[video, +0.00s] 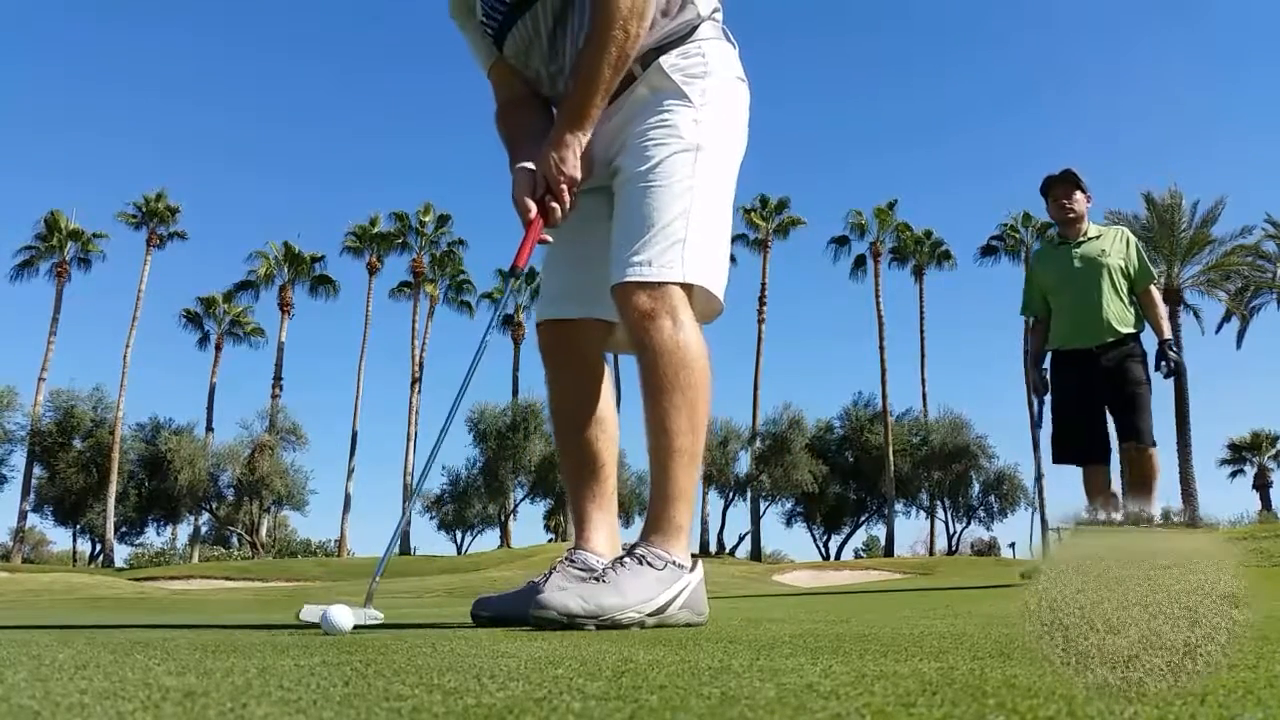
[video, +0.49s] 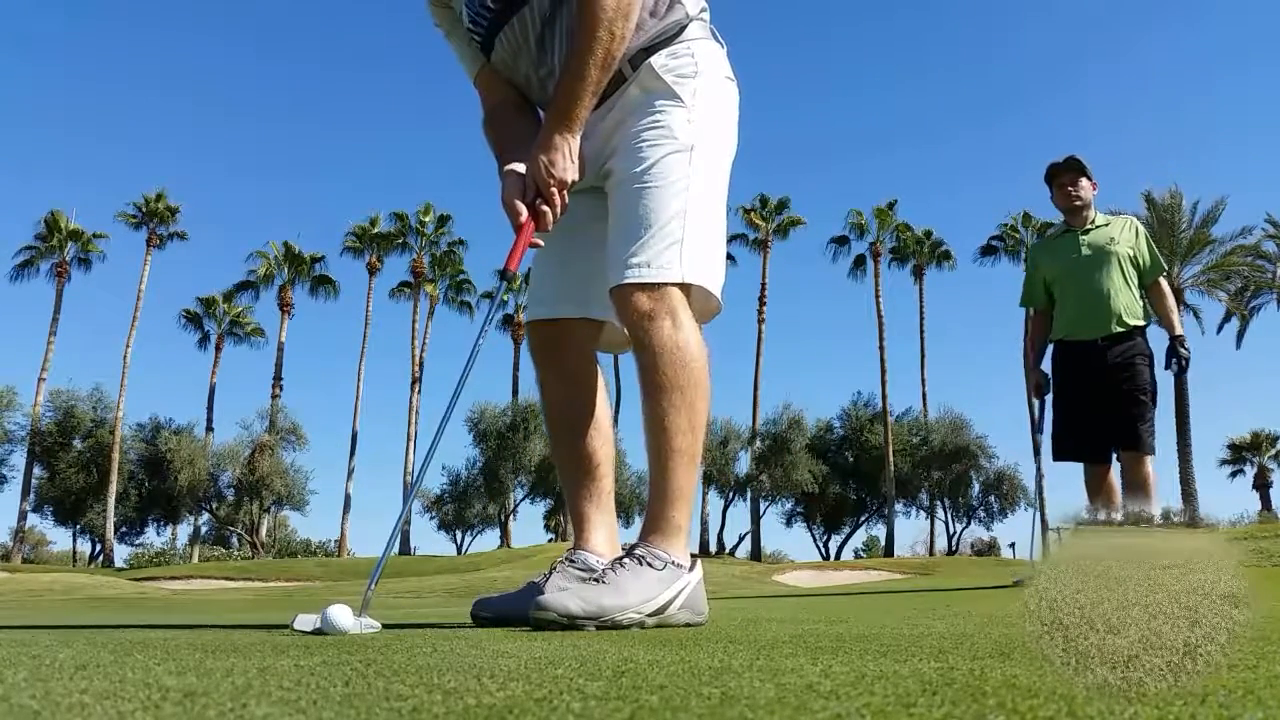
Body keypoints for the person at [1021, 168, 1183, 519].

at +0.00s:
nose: (1064, 203)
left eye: (1070, 196)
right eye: (1056, 200)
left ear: (1086, 199)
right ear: (1048, 209)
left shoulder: (1120, 239)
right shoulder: (1041, 258)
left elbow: (1149, 293)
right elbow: (1038, 320)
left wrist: (1167, 341)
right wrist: (1033, 367)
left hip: (1123, 354)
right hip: (1071, 362)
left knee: (1138, 442)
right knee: (1090, 451)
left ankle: (1143, 522)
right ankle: (1103, 528)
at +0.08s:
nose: (1064, 201)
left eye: (1069, 193)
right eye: (1055, 197)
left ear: (1084, 197)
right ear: (1046, 207)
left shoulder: (1119, 237)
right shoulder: (1039, 257)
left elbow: (1146, 291)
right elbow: (1035, 320)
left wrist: (1165, 337)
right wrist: (1031, 370)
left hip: (1121, 353)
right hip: (1070, 361)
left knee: (1136, 438)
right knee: (1090, 454)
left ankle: (1142, 525)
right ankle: (1107, 532)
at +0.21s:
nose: (1062, 199)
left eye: (1068, 192)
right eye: (1053, 196)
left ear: (1083, 195)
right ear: (1045, 206)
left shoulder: (1119, 235)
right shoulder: (1038, 255)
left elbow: (1146, 290)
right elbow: (1034, 318)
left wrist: (1164, 335)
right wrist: (1029, 369)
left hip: (1121, 353)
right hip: (1069, 361)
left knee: (1134, 439)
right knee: (1090, 455)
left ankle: (1143, 526)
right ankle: (1108, 533)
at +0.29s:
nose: (1062, 197)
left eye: (1068, 190)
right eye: (1053, 193)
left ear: (1084, 193)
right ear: (1045, 204)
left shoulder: (1120, 234)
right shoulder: (1038, 254)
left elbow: (1147, 289)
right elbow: (1034, 317)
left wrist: (1165, 337)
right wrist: (1028, 368)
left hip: (1121, 353)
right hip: (1069, 360)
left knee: (1133, 444)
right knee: (1092, 456)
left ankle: (1144, 530)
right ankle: (1108, 536)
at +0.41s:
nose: (1065, 194)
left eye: (1071, 186)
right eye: (1056, 190)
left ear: (1088, 190)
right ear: (1049, 201)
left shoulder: (1124, 231)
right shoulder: (1040, 253)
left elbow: (1151, 287)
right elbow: (1035, 316)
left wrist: (1171, 337)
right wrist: (1029, 367)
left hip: (1123, 353)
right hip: (1071, 360)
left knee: (1133, 451)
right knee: (1093, 459)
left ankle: (1144, 537)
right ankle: (1109, 541)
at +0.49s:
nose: (1070, 190)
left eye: (1076, 182)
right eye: (1061, 187)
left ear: (1092, 186)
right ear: (1053, 198)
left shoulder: (1129, 229)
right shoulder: (1041, 251)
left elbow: (1156, 285)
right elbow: (1038, 314)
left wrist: (1177, 336)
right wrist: (1032, 366)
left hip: (1127, 351)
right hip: (1074, 358)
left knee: (1136, 453)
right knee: (1094, 460)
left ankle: (1146, 541)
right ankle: (1108, 544)